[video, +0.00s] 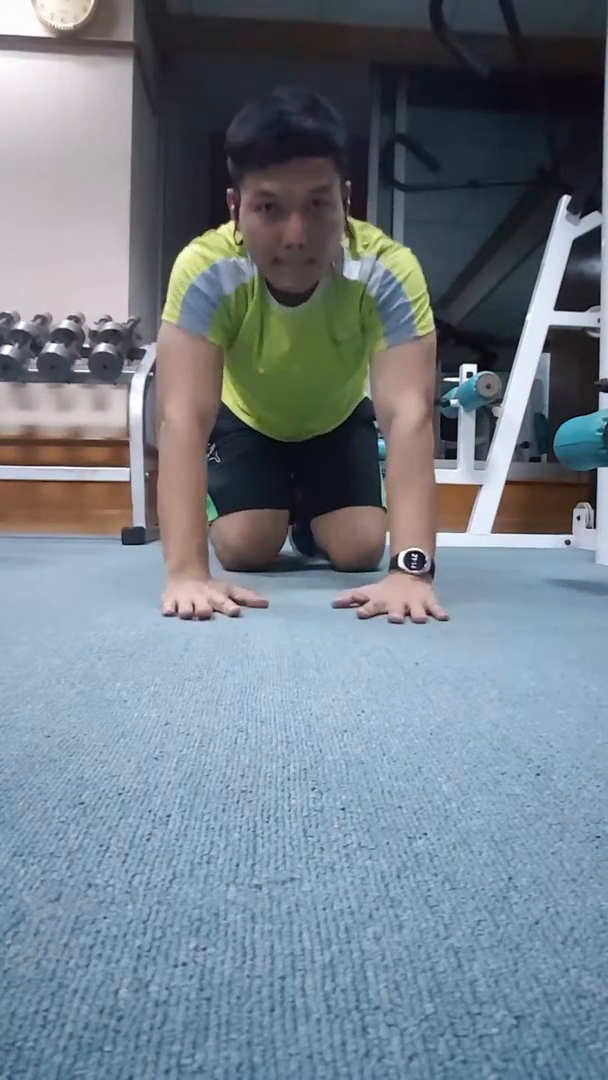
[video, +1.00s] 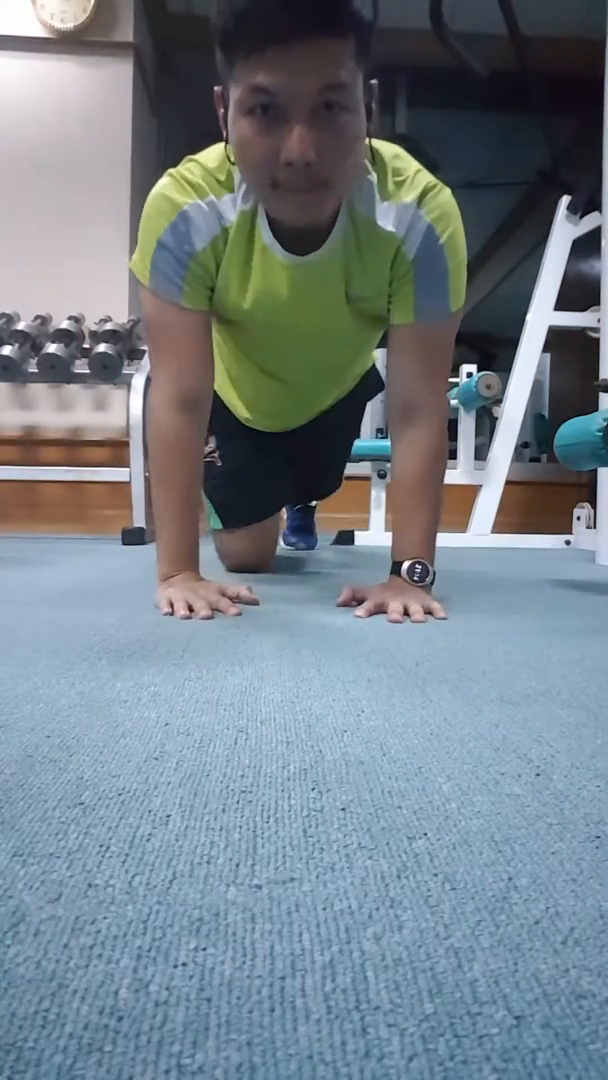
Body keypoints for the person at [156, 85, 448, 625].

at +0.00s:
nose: (295, 234)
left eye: (318, 204)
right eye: (270, 208)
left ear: (345, 198)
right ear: (236, 207)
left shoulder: (389, 271)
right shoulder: (206, 269)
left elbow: (410, 416)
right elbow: (183, 419)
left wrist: (411, 567)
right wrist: (188, 574)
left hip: (340, 416)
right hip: (245, 417)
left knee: (359, 550)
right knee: (247, 551)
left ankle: (307, 522)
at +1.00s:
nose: (301, 149)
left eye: (331, 108)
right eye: (266, 111)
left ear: (368, 105)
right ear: (224, 112)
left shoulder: (419, 215)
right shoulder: (185, 208)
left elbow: (421, 410)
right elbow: (178, 399)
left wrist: (411, 574)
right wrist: (178, 572)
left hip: (337, 392)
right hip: (237, 396)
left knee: (312, 482)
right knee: (246, 558)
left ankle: (301, 506)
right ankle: (256, 507)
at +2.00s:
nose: (292, 153)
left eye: (320, 119)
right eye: (261, 121)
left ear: (355, 111)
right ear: (222, 117)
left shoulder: (410, 231)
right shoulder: (185, 221)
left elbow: (416, 405)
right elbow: (179, 403)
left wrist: (413, 573)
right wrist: (179, 572)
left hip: (335, 397)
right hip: (240, 394)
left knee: (313, 469)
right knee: (255, 469)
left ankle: (300, 502)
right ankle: (264, 498)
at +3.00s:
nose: (306, 248)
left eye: (337, 212)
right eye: (271, 215)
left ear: (376, 171)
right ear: (222, 169)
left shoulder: (428, 275)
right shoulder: (175, 260)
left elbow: (451, 436)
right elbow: (125, 427)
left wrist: (415, 574)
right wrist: (173, 574)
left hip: (339, 463)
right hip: (240, 458)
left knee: (314, 499)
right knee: (256, 498)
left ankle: (301, 519)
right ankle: (260, 518)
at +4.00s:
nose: (317, 261)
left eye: (350, 224)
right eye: (281, 228)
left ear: (387, 192)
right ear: (227, 192)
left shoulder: (433, 288)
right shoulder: (174, 288)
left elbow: (471, 442)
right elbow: (117, 436)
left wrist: (418, 576)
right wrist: (175, 575)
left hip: (342, 484)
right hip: (236, 491)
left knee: (324, 515)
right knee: (251, 525)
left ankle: (313, 531)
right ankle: (268, 533)